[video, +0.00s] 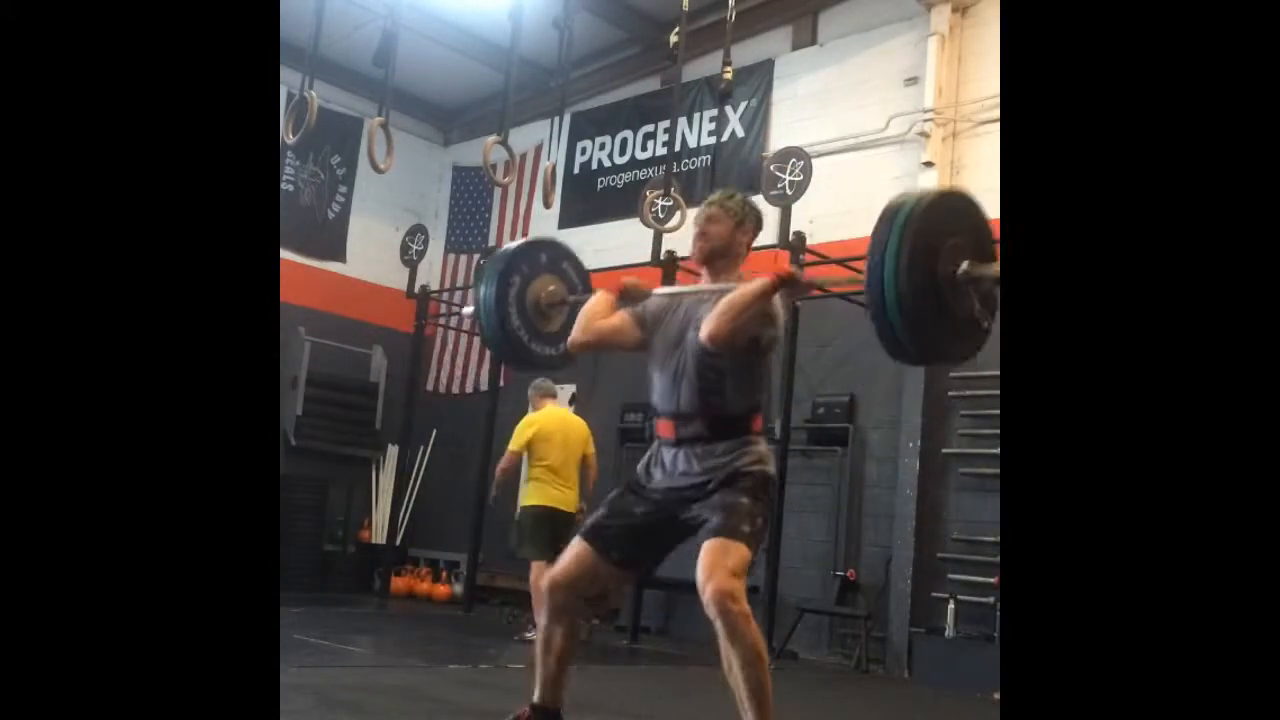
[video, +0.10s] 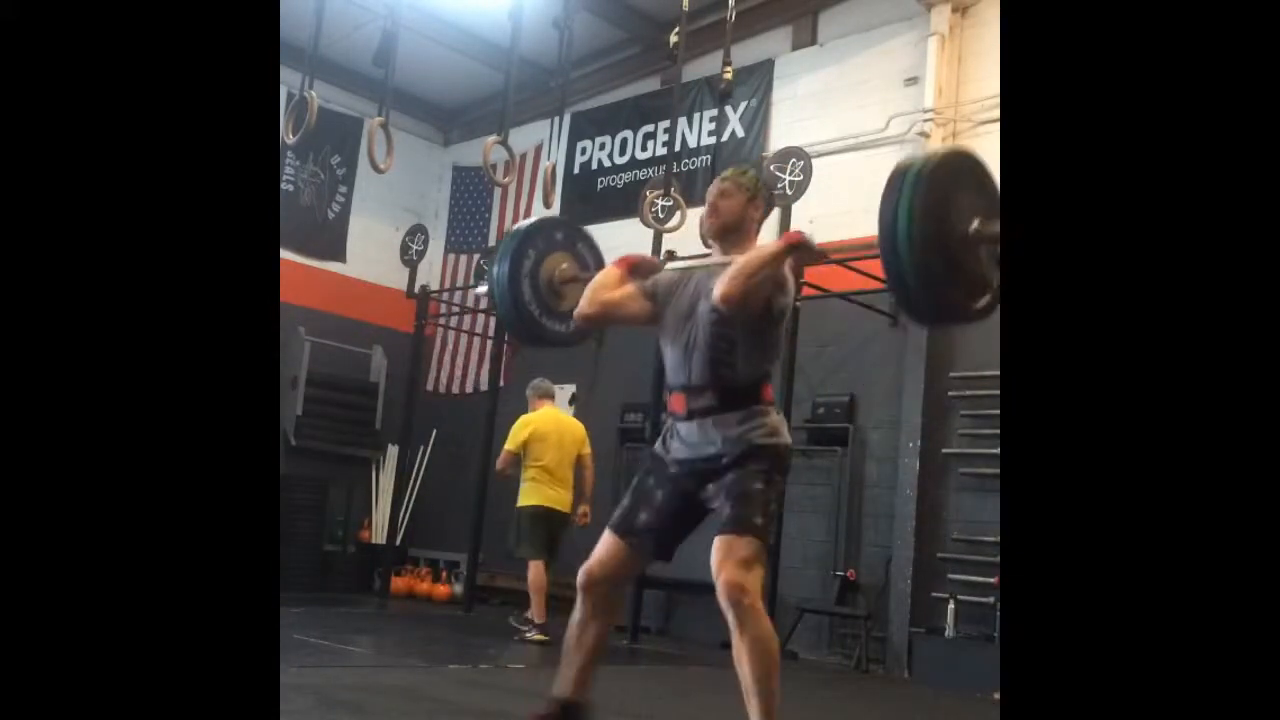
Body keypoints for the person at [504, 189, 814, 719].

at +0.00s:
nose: (699, 228)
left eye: (713, 220)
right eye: (698, 220)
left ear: (745, 233)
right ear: (695, 234)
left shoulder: (759, 299)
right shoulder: (665, 304)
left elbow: (714, 334)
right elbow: (582, 335)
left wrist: (770, 281)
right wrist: (611, 292)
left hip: (735, 463)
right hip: (664, 464)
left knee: (720, 590)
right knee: (560, 584)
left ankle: (758, 716)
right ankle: (544, 709)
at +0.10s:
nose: (709, 204)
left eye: (723, 195)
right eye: (709, 196)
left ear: (755, 208)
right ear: (705, 212)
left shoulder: (771, 268)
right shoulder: (676, 283)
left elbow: (729, 294)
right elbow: (587, 309)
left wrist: (779, 247)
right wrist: (622, 268)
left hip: (747, 439)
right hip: (678, 441)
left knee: (736, 585)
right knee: (597, 577)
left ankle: (762, 715)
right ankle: (566, 703)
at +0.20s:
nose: (715, 177)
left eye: (731, 169)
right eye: (713, 171)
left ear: (762, 187)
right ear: (708, 190)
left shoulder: (772, 251)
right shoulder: (683, 262)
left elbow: (741, 266)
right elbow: (593, 299)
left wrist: (789, 229)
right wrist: (628, 252)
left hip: (745, 433)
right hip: (679, 433)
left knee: (744, 580)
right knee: (618, 569)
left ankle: (768, 715)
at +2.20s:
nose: (690, 163)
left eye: (705, 155)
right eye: (689, 155)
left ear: (736, 173)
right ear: (683, 172)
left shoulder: (741, 237)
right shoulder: (655, 242)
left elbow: (709, 234)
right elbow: (559, 261)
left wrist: (764, 203)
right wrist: (606, 226)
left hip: (708, 417)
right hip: (640, 416)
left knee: (726, 579)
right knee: (628, 575)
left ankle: (739, 714)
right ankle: (604, 709)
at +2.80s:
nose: (680, 222)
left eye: (698, 220)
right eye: (681, 218)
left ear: (724, 248)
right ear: (672, 246)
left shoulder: (728, 307)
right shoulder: (641, 321)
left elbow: (686, 324)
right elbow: (545, 337)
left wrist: (740, 284)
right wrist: (590, 300)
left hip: (730, 485)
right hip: (663, 488)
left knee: (705, 594)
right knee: (561, 581)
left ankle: (732, 716)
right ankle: (595, 710)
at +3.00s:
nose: (671, 302)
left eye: (690, 298)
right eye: (671, 298)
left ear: (716, 323)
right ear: (661, 320)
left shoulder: (722, 389)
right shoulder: (632, 395)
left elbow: (676, 425)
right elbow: (538, 429)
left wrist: (731, 372)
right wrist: (577, 377)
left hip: (732, 547)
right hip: (657, 550)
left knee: (696, 601)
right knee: (546, 589)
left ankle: (727, 717)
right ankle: (595, 712)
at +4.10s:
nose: (686, 202)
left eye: (702, 202)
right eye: (684, 200)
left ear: (724, 232)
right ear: (670, 229)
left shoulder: (729, 294)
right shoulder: (639, 303)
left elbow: (712, 365)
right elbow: (568, 378)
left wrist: (743, 294)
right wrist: (575, 312)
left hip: (726, 459)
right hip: (657, 456)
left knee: (691, 580)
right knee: (573, 574)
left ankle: (725, 715)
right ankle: (596, 710)